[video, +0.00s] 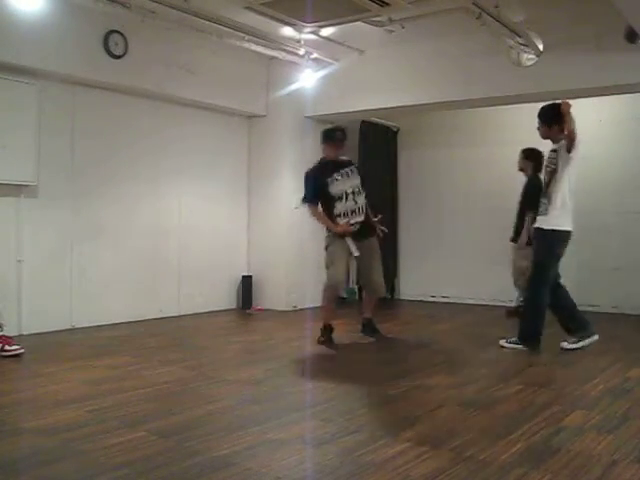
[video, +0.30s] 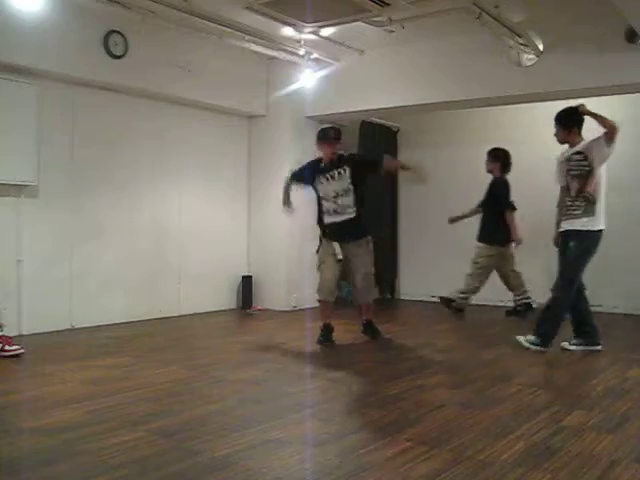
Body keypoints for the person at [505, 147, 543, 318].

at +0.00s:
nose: (518, 164)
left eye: (522, 160)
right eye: (520, 160)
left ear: (530, 163)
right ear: (532, 163)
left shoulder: (534, 182)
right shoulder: (532, 181)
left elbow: (531, 211)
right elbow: (528, 210)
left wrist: (525, 234)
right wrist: (520, 231)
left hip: (525, 237)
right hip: (523, 235)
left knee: (523, 271)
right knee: (522, 271)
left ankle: (523, 302)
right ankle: (521, 301)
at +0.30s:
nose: (486, 164)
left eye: (489, 161)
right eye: (487, 161)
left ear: (498, 164)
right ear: (499, 164)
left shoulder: (499, 184)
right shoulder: (497, 183)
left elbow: (508, 210)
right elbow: (481, 207)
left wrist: (515, 234)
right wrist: (459, 218)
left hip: (492, 240)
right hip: (500, 240)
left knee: (477, 272)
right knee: (509, 273)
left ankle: (460, 300)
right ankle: (523, 301)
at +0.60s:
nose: (452, 161)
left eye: (456, 158)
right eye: (454, 157)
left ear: (463, 161)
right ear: (465, 161)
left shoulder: (462, 183)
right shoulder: (465, 182)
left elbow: (455, 211)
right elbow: (457, 210)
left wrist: (445, 229)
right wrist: (448, 228)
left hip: (458, 234)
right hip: (461, 233)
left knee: (446, 262)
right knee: (452, 264)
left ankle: (455, 298)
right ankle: (463, 290)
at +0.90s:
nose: (421, 162)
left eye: (424, 159)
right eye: (422, 158)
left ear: (430, 162)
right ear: (434, 163)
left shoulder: (432, 183)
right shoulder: (431, 183)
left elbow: (418, 205)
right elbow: (437, 211)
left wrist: (396, 207)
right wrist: (445, 229)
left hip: (433, 238)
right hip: (421, 237)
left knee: (439, 272)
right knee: (410, 270)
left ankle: (451, 300)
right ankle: (397, 297)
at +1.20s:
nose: (387, 159)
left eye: (391, 156)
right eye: (389, 156)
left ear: (398, 161)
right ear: (398, 160)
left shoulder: (399, 181)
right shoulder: (398, 180)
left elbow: (396, 209)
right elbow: (395, 209)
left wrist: (397, 232)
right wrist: (391, 230)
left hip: (396, 234)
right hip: (395, 233)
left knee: (392, 267)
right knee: (395, 268)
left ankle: (419, 290)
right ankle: (396, 298)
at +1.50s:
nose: (357, 159)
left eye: (361, 157)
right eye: (359, 156)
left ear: (369, 161)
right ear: (365, 162)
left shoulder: (376, 181)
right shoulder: (360, 180)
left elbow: (386, 207)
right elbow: (349, 202)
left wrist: (393, 229)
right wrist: (328, 212)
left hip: (374, 230)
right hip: (365, 229)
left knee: (360, 267)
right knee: (378, 268)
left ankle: (349, 299)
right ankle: (393, 295)